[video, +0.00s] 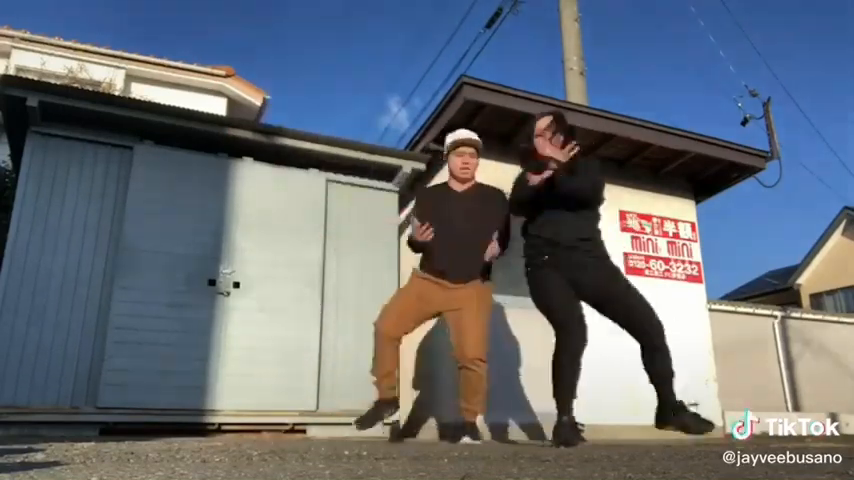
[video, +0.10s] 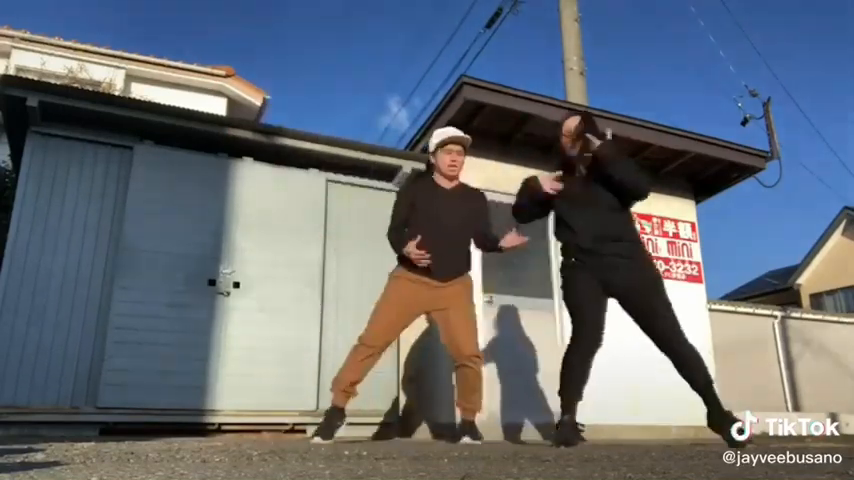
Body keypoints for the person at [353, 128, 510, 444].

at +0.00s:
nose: (466, 161)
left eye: (472, 156)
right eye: (460, 155)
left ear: (479, 162)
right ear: (448, 160)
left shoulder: (495, 199)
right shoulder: (429, 195)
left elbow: (504, 236)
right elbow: (413, 243)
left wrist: (496, 248)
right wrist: (417, 239)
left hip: (471, 290)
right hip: (427, 285)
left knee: (472, 357)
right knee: (386, 328)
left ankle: (470, 423)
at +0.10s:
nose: (455, 159)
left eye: (460, 154)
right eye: (448, 153)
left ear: (465, 159)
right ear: (434, 157)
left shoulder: (474, 198)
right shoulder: (415, 188)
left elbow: (482, 240)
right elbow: (395, 230)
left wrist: (500, 243)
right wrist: (405, 247)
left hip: (454, 288)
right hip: (409, 283)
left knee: (468, 355)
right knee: (371, 343)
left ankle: (468, 424)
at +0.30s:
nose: (434, 154)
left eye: (438, 149)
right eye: (428, 146)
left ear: (441, 156)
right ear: (411, 148)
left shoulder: (443, 196)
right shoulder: (380, 183)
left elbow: (472, 227)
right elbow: (360, 221)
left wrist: (502, 223)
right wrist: (371, 242)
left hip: (424, 283)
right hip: (379, 282)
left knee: (446, 348)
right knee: (358, 347)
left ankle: (465, 420)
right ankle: (335, 419)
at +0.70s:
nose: (421, 152)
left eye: (424, 147)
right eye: (415, 145)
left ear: (425, 153)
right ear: (396, 148)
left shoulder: (429, 191)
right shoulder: (367, 184)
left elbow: (461, 216)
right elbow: (346, 224)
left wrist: (498, 203)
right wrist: (357, 239)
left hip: (414, 280)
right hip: (369, 279)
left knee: (440, 345)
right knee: (353, 347)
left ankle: (468, 415)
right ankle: (334, 419)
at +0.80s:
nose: (427, 152)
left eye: (430, 148)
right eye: (421, 146)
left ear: (431, 154)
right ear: (403, 149)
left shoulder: (437, 193)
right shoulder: (375, 186)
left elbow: (460, 225)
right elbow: (351, 225)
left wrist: (493, 208)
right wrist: (364, 244)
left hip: (425, 282)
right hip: (380, 281)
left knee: (448, 345)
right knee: (359, 347)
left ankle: (467, 418)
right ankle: (335, 419)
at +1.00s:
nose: (451, 156)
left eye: (453, 151)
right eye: (444, 150)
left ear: (455, 156)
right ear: (427, 153)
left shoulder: (464, 195)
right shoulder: (407, 189)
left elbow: (476, 237)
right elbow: (377, 230)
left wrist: (513, 228)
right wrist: (382, 254)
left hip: (465, 284)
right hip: (421, 281)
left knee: (481, 348)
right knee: (394, 343)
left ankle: (468, 420)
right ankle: (376, 412)